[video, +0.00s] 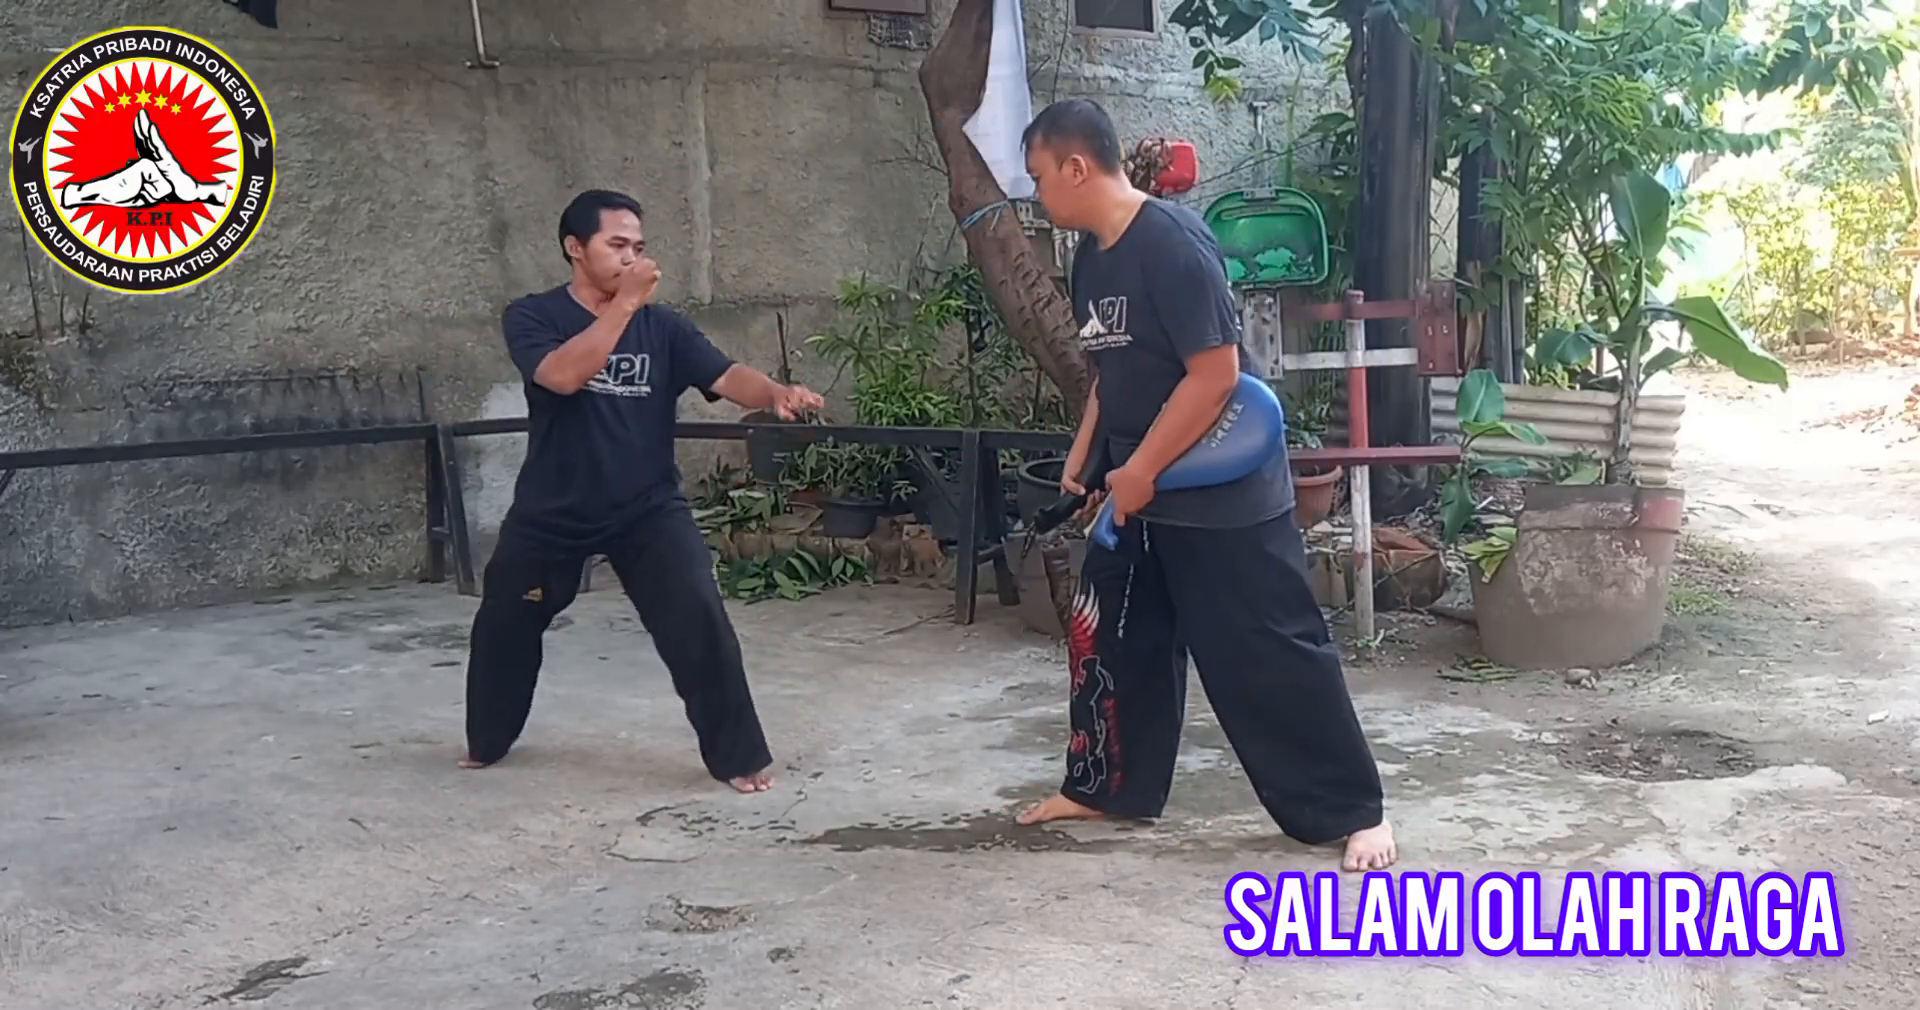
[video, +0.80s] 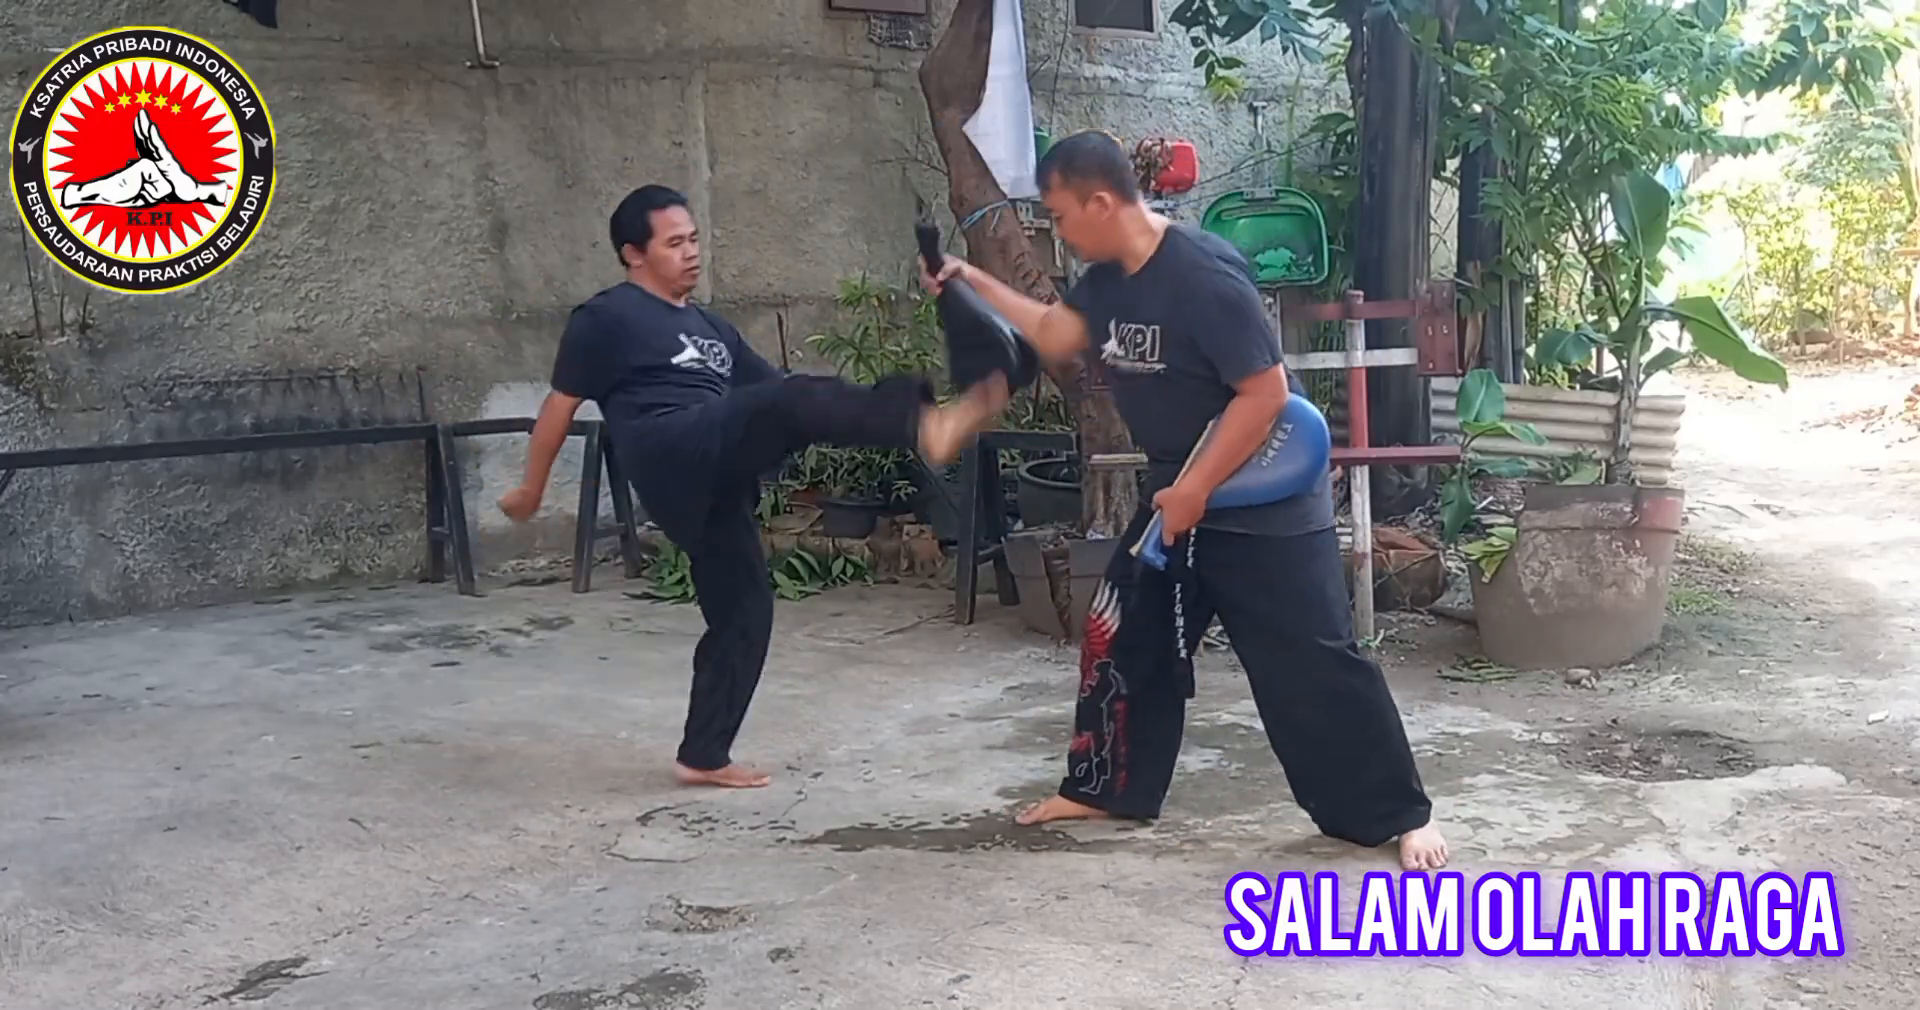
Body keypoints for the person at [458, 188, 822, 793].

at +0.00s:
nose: (633, 256)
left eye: (639, 245)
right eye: (619, 244)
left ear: (644, 252)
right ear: (575, 248)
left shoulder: (661, 325)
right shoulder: (531, 316)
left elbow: (725, 375)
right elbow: (561, 375)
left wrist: (775, 393)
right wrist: (624, 303)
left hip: (648, 507)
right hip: (553, 510)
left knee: (698, 619)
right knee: (502, 625)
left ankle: (738, 755)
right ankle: (486, 738)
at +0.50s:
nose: (630, 257)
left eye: (632, 249)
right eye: (612, 250)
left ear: (640, 261)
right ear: (574, 271)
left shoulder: (675, 341)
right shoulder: (559, 340)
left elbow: (746, 394)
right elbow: (605, 383)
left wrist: (735, 343)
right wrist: (627, 301)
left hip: (677, 523)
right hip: (583, 528)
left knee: (732, 616)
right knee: (530, 639)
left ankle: (731, 759)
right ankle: (484, 742)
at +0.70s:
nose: (669, 248)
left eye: (670, 236)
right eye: (652, 240)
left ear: (676, 235)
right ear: (612, 250)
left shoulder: (694, 308)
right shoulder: (591, 310)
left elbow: (755, 370)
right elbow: (546, 408)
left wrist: (814, 357)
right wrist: (510, 493)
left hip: (713, 448)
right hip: (658, 443)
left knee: (731, 594)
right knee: (765, 427)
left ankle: (709, 749)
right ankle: (887, 485)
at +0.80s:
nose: (692, 253)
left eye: (693, 240)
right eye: (676, 243)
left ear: (696, 245)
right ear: (635, 255)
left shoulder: (710, 325)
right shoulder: (604, 318)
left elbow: (772, 388)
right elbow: (556, 410)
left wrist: (836, 400)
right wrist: (531, 488)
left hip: (715, 472)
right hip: (660, 458)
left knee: (744, 609)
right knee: (788, 400)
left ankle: (702, 757)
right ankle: (926, 425)